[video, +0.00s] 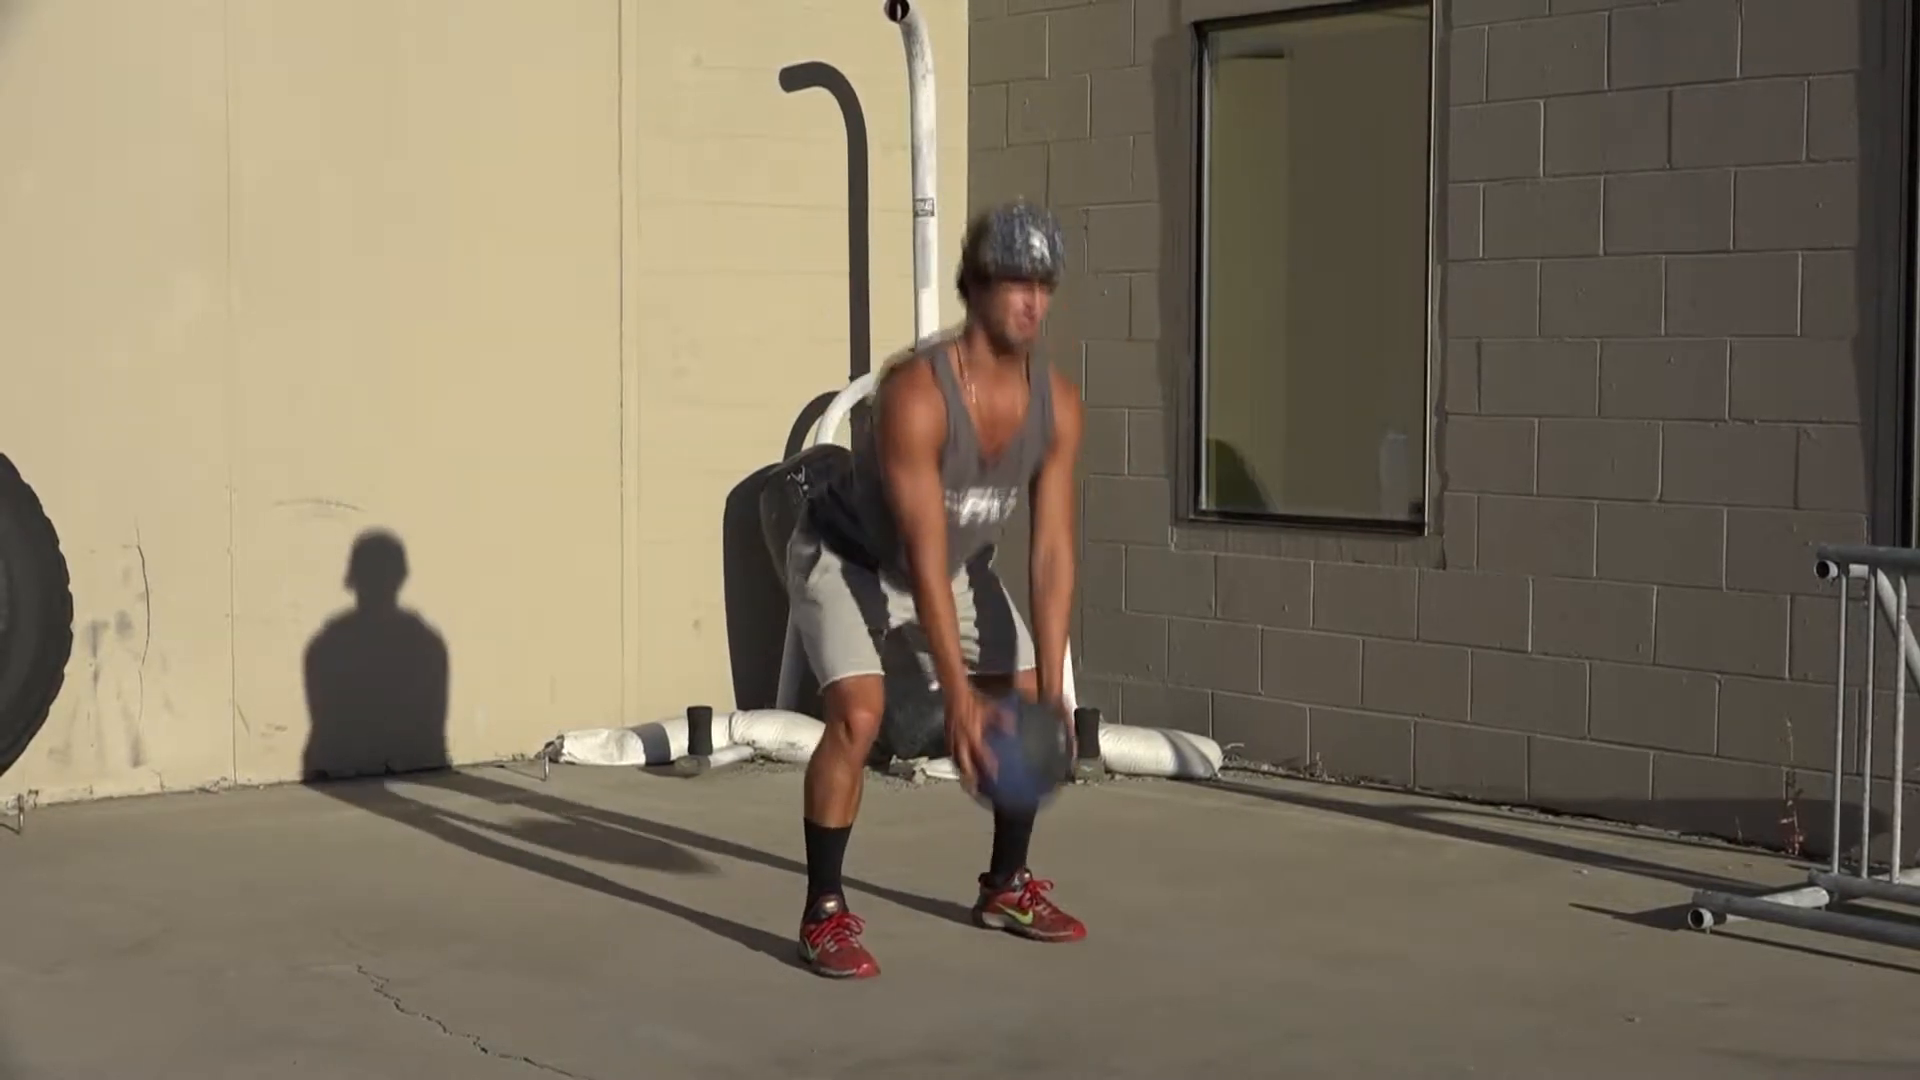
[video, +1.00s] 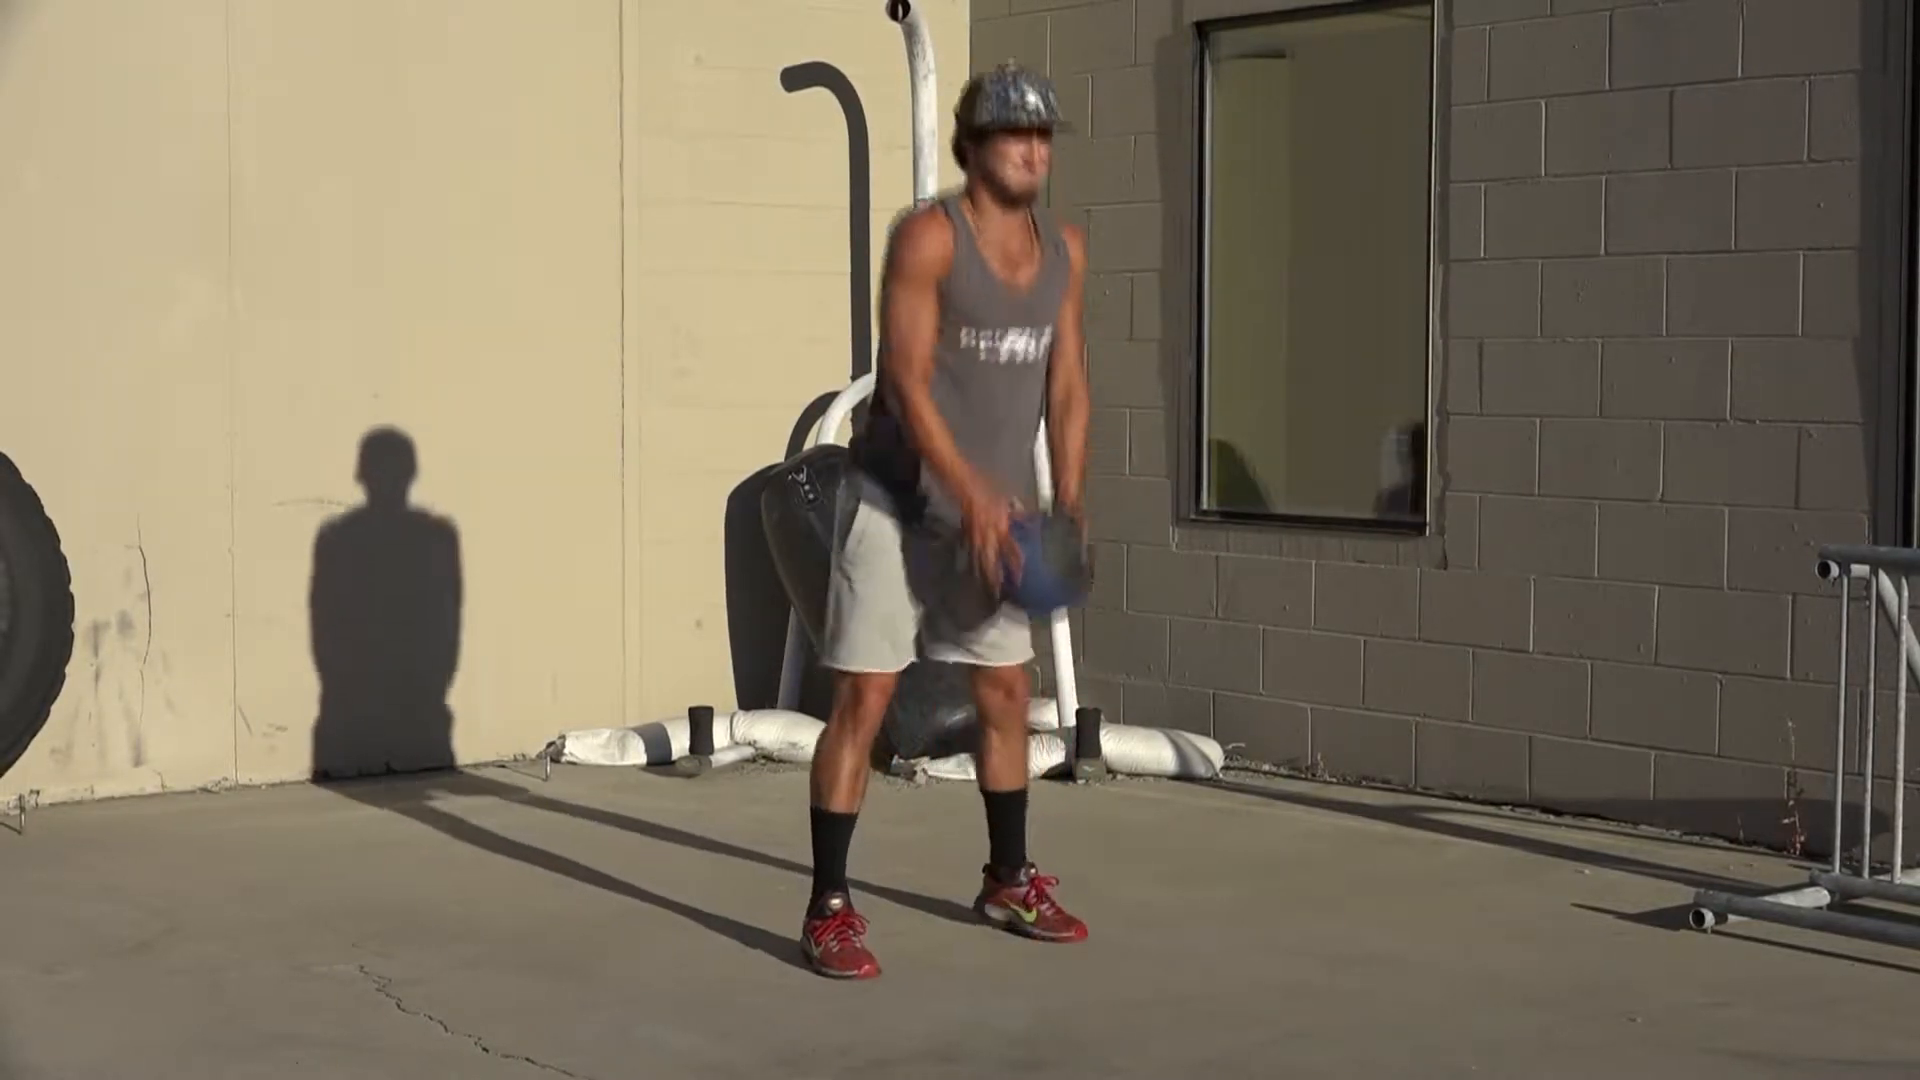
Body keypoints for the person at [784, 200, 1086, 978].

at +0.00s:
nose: (1031, 302)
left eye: (1043, 286)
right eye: (1014, 283)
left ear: (1054, 295)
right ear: (973, 287)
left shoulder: (1056, 403)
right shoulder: (916, 393)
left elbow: (1052, 548)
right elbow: (926, 562)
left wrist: (1053, 680)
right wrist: (957, 694)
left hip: (950, 559)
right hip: (846, 551)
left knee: (1031, 694)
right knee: (859, 711)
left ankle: (1006, 882)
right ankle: (824, 912)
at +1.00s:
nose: (1029, 151)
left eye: (1040, 136)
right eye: (1010, 136)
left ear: (1051, 150)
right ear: (971, 147)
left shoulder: (1061, 247)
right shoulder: (927, 234)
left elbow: (1068, 383)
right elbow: (905, 383)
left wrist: (1068, 503)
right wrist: (970, 495)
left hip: (999, 503)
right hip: (901, 496)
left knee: (1006, 690)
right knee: (866, 696)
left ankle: (1010, 880)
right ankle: (829, 906)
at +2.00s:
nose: (1006, 404)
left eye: (1016, 387)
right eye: (988, 389)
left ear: (1029, 399)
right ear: (951, 405)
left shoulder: (1037, 487)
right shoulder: (913, 502)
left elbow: (1168, 604)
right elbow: (902, 644)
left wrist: (1105, 557)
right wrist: (1001, 566)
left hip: (949, 656)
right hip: (846, 655)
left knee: (1073, 727)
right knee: (872, 735)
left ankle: (1008, 886)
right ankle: (826, 914)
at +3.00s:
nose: (1047, 321)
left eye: (1058, 307)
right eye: (1031, 304)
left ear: (1066, 311)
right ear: (988, 298)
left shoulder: (1061, 405)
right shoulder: (924, 391)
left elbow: (1056, 560)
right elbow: (937, 561)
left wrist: (1059, 695)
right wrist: (959, 692)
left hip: (951, 552)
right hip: (847, 540)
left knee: (1027, 692)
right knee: (856, 710)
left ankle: (1006, 885)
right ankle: (823, 912)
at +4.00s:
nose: (1022, 159)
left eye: (1030, 144)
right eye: (1002, 144)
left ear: (1042, 160)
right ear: (963, 163)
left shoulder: (1065, 284)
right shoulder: (923, 275)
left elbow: (1056, 422)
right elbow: (882, 422)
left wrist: (1049, 541)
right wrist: (950, 520)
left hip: (1001, 522)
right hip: (896, 515)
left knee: (1038, 701)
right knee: (871, 708)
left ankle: (1010, 881)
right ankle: (826, 905)